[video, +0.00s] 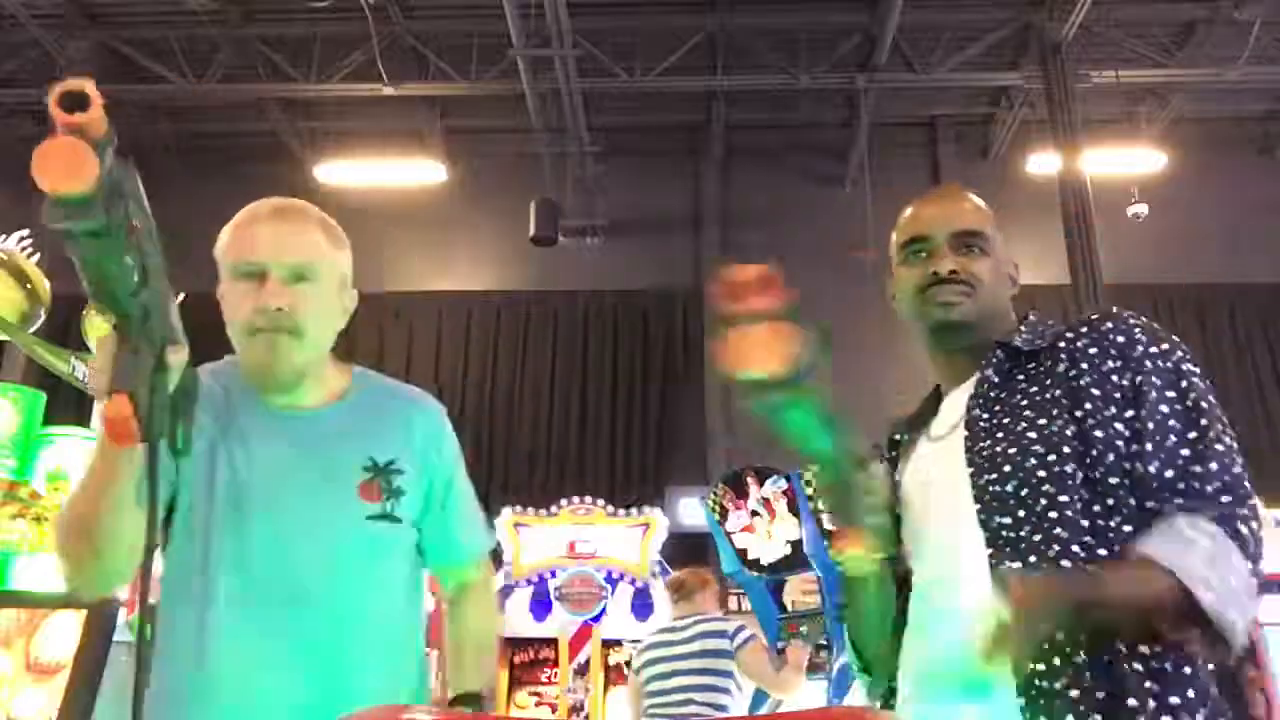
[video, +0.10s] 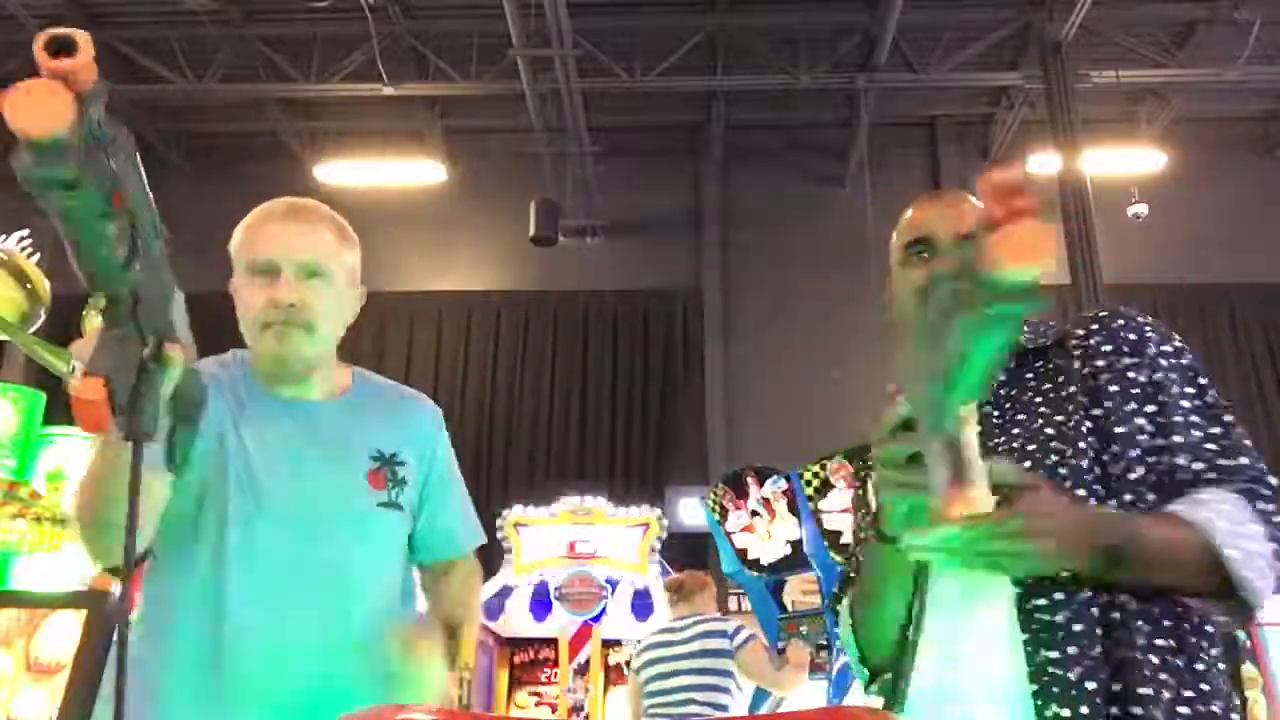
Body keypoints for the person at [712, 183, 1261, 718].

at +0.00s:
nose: (942, 263)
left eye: (968, 246)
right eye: (916, 251)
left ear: (1011, 274)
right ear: (893, 291)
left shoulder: (1111, 353)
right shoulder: (898, 454)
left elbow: (1217, 564)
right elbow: (891, 672)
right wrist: (859, 545)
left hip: (1112, 703)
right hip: (938, 708)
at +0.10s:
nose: (949, 267)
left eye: (975, 243)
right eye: (919, 250)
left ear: (1017, 262)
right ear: (891, 293)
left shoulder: (1112, 350)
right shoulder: (907, 428)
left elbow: (1253, 544)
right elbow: (875, 650)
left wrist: (1096, 537)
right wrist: (894, 529)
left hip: (1120, 703)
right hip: (944, 707)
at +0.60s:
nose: (952, 279)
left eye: (974, 260)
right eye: (928, 263)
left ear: (1008, 281)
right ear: (898, 291)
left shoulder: (1112, 375)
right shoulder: (888, 447)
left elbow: (1241, 526)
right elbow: (868, 661)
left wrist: (1225, 595)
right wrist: (885, 548)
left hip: (1109, 703)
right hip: (945, 706)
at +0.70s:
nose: (950, 267)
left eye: (975, 250)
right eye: (922, 256)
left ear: (1013, 282)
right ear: (896, 298)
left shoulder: (1125, 395)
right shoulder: (870, 475)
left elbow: (1263, 560)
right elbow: (863, 660)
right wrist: (921, 556)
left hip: (1132, 704)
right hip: (950, 709)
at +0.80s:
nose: (963, 266)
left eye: (986, 246)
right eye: (935, 249)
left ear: (1023, 266)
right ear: (903, 288)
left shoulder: (1109, 358)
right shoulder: (891, 459)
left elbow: (1208, 512)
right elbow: (874, 660)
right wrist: (903, 542)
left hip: (1134, 701)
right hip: (961, 706)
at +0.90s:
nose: (963, 260)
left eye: (989, 243)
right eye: (935, 244)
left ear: (1023, 277)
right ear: (903, 283)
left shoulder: (1114, 348)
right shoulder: (897, 409)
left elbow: (1138, 504)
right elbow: (881, 665)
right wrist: (879, 528)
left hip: (1115, 699)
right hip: (953, 704)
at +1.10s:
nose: (937, 265)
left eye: (961, 250)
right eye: (910, 250)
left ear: (995, 279)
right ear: (879, 288)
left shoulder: (1088, 364)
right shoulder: (886, 446)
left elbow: (1187, 548)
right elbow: (838, 656)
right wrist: (878, 542)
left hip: (1093, 706)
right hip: (918, 709)